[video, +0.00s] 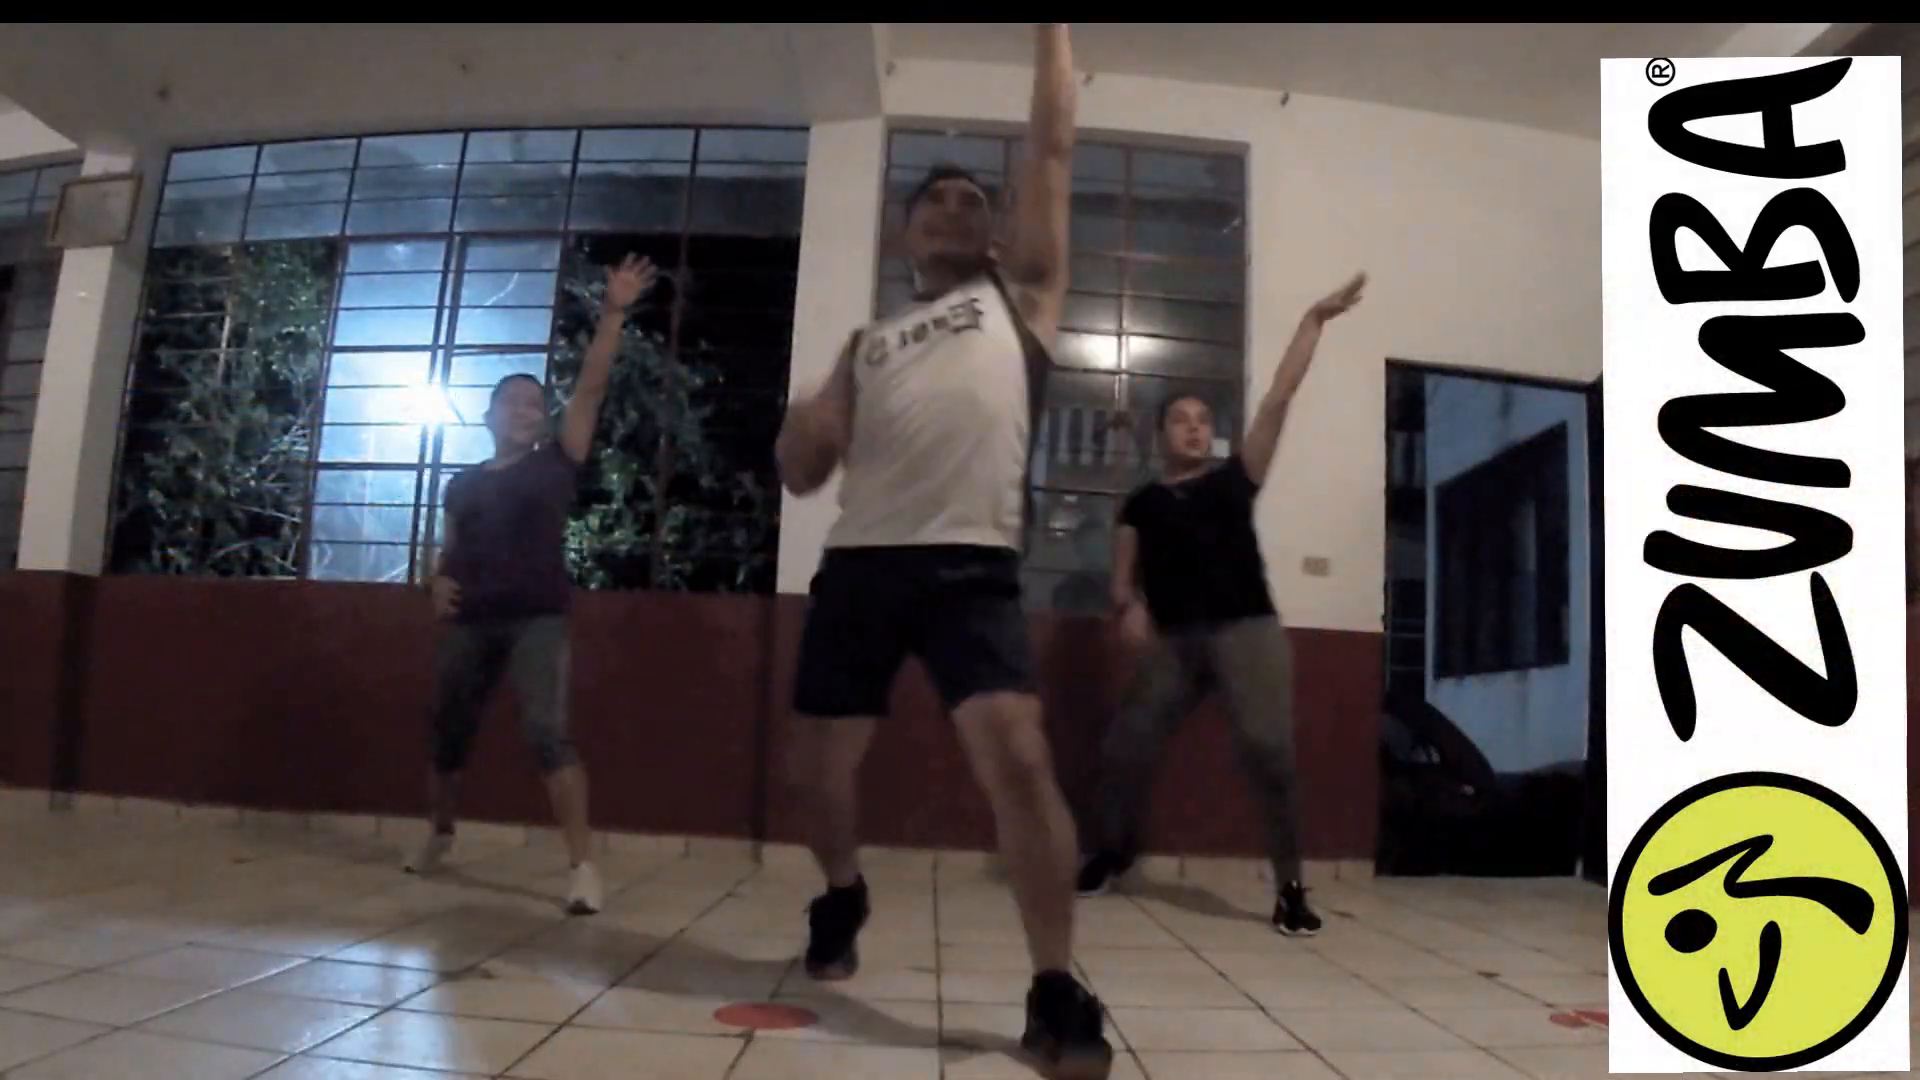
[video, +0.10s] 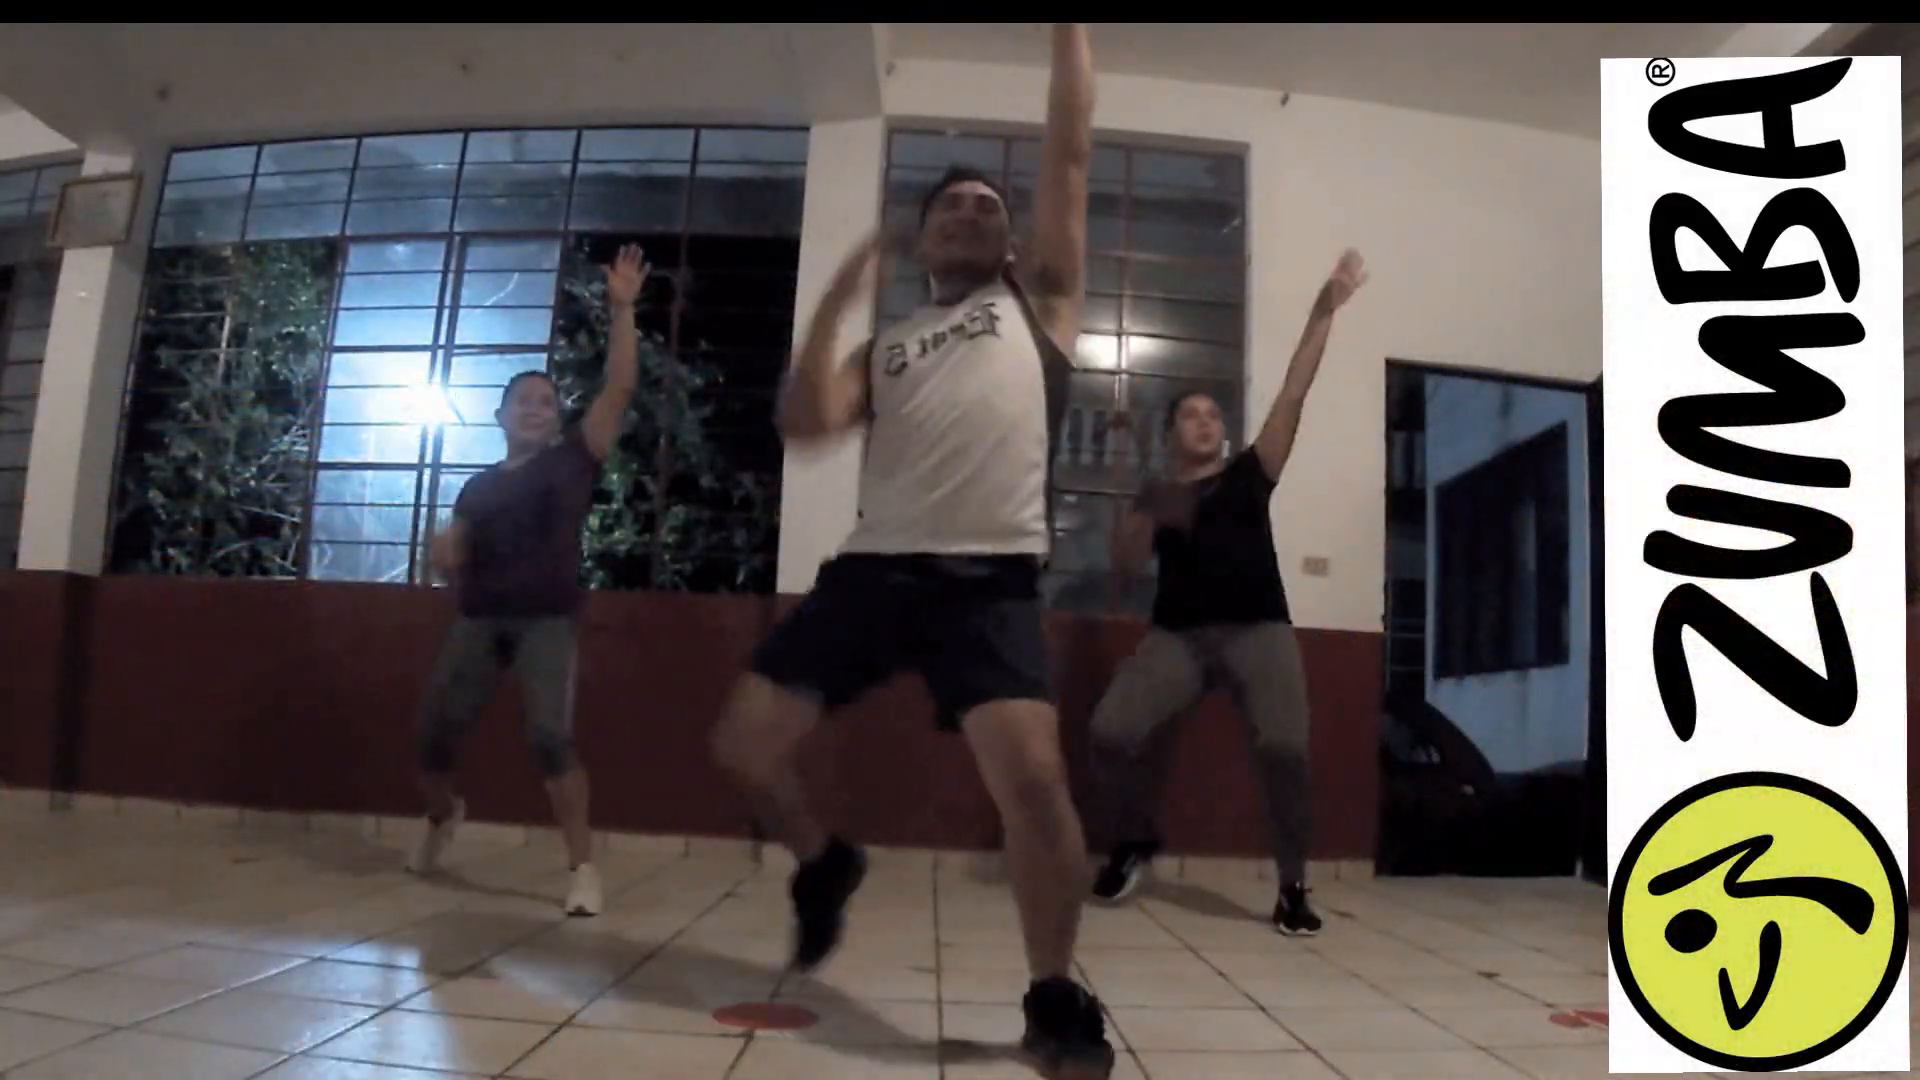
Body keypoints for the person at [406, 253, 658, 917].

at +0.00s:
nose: (528, 411)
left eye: (536, 405)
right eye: (517, 402)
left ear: (546, 419)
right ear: (493, 414)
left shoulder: (557, 465)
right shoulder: (465, 485)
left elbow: (591, 388)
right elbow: (449, 550)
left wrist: (615, 310)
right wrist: (440, 583)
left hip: (539, 613)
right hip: (473, 613)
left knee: (547, 734)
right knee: (447, 725)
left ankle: (582, 866)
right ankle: (439, 833)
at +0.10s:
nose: (538, 406)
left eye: (547, 400)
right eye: (527, 399)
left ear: (557, 416)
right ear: (504, 415)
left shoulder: (575, 461)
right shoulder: (479, 489)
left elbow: (618, 390)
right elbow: (455, 557)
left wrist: (623, 307)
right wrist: (443, 554)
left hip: (548, 617)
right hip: (479, 616)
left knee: (550, 739)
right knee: (435, 727)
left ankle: (582, 866)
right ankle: (442, 814)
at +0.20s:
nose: (537, 404)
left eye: (548, 397)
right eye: (526, 397)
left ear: (565, 412)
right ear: (508, 413)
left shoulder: (582, 461)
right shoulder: (487, 477)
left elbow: (640, 400)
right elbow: (420, 507)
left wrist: (627, 319)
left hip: (548, 618)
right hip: (481, 614)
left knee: (549, 738)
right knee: (416, 720)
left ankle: (581, 868)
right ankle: (438, 821)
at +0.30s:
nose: (535, 404)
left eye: (547, 397)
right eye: (526, 395)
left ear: (564, 413)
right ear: (507, 406)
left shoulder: (577, 466)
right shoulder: (477, 460)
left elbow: (642, 422)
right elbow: (411, 415)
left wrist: (632, 345)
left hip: (544, 617)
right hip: (474, 613)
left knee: (551, 739)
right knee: (403, 715)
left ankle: (581, 867)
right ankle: (398, 838)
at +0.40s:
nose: (528, 414)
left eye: (540, 408)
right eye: (519, 404)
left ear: (555, 423)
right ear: (499, 414)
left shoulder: (563, 478)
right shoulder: (468, 457)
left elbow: (632, 454)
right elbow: (429, 371)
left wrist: (631, 377)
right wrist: (432, 289)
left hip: (529, 618)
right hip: (459, 614)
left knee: (542, 739)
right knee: (393, 723)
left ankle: (580, 869)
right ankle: (375, 856)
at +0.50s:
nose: (515, 425)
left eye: (527, 418)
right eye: (506, 413)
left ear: (540, 433)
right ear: (485, 420)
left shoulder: (541, 493)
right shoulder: (451, 458)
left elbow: (611, 508)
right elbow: (428, 367)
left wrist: (604, 426)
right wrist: (426, 283)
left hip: (512, 619)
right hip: (441, 616)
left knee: (537, 738)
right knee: (381, 735)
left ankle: (581, 868)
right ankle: (374, 861)